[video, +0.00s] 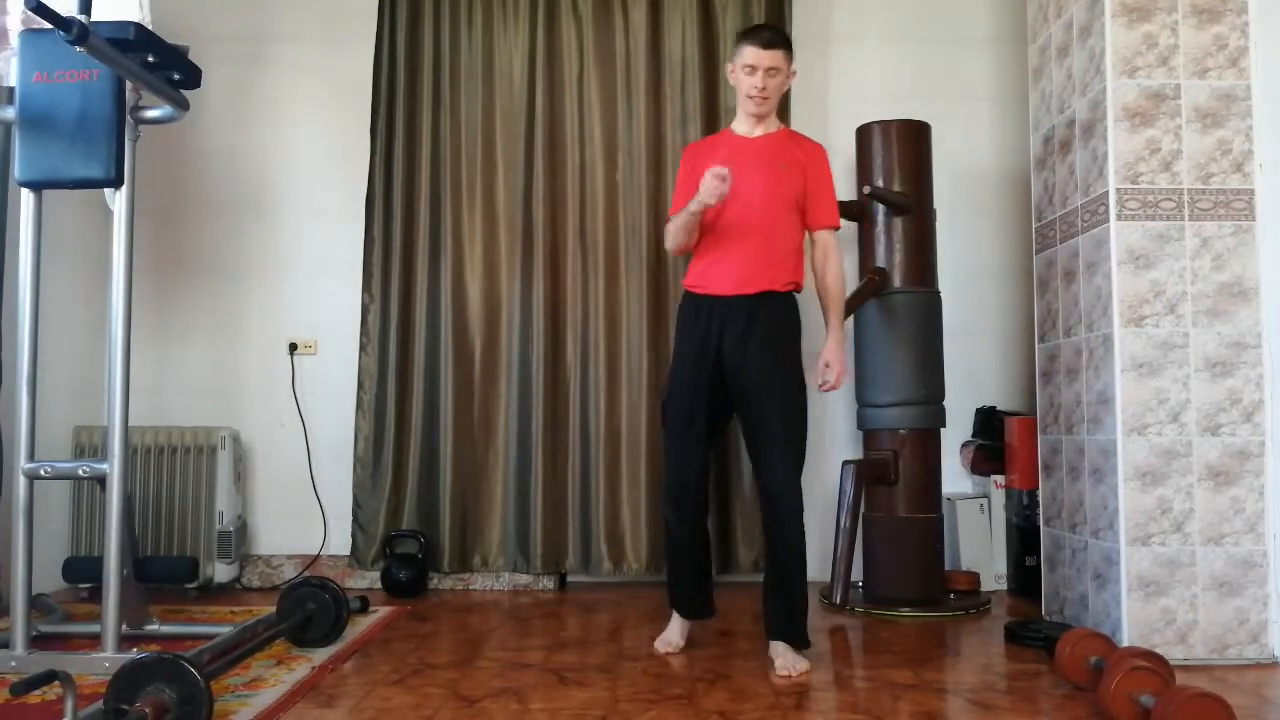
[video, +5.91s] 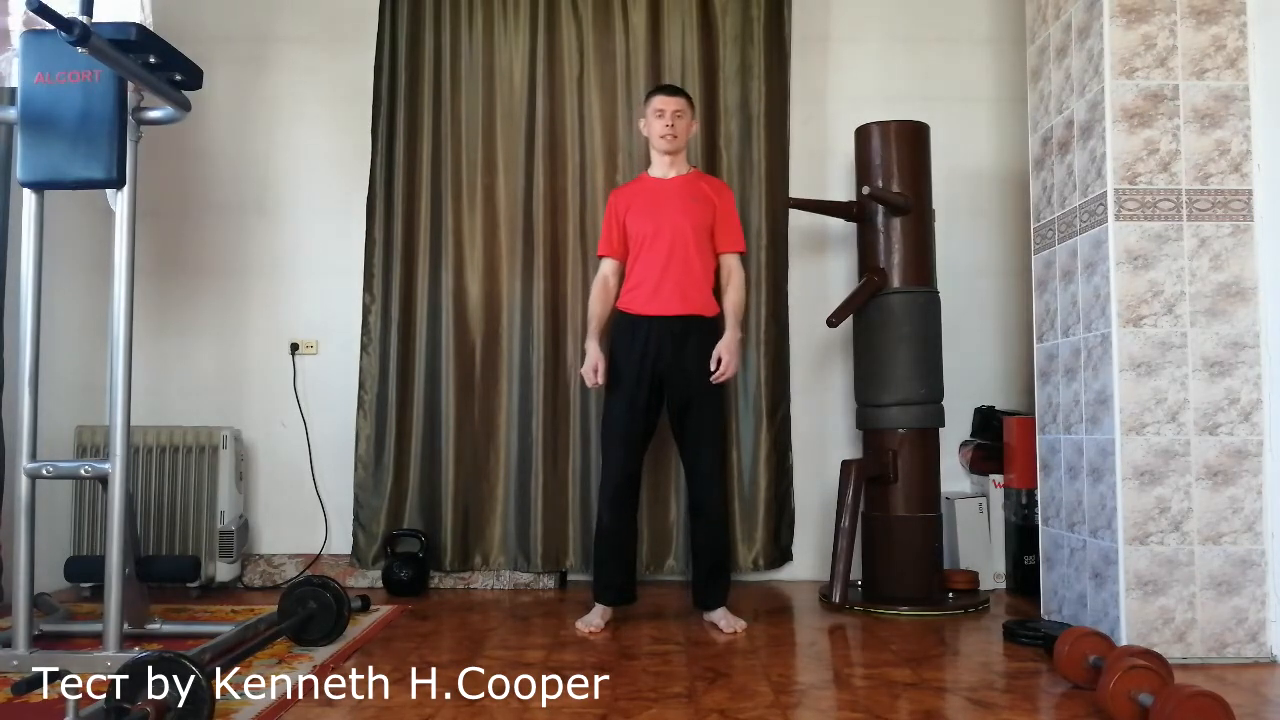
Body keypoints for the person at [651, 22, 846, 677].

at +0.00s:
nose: (760, 82)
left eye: (772, 72)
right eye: (750, 70)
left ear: (788, 79)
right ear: (731, 74)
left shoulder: (806, 155)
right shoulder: (700, 153)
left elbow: (826, 250)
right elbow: (674, 245)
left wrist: (835, 334)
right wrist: (700, 206)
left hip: (769, 323)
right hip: (700, 323)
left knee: (780, 482)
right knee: (683, 473)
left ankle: (785, 635)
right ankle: (685, 608)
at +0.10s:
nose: (748, 83)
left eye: (761, 72)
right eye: (737, 71)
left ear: (777, 80)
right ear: (720, 76)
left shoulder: (797, 155)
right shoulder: (691, 157)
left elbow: (817, 246)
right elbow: (667, 236)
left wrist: (822, 329)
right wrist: (676, 246)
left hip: (762, 323)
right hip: (694, 323)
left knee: (775, 481)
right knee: (681, 474)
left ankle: (784, 634)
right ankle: (685, 609)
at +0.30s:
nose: (728, 86)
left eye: (740, 76)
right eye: (718, 74)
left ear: (757, 86)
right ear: (700, 82)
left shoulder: (778, 157)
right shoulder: (675, 166)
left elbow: (797, 244)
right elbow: (656, 255)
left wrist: (792, 314)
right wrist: (637, 334)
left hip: (752, 324)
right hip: (680, 326)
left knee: (767, 482)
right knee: (674, 479)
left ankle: (782, 633)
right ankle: (681, 614)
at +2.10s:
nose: (666, 122)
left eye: (676, 114)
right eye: (657, 115)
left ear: (693, 128)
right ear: (642, 129)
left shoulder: (714, 193)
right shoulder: (622, 199)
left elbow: (731, 273)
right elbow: (602, 269)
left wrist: (728, 338)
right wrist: (584, 293)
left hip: (697, 339)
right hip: (634, 338)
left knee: (707, 474)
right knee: (618, 471)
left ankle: (713, 602)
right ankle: (608, 598)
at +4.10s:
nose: (667, 123)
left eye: (678, 115)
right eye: (658, 115)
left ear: (693, 128)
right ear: (643, 127)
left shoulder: (715, 192)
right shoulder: (623, 197)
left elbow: (734, 267)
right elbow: (605, 271)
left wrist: (730, 320)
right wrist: (590, 328)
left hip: (697, 338)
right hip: (632, 338)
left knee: (708, 473)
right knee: (619, 471)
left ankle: (713, 602)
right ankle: (609, 598)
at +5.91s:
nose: (669, 122)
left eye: (679, 115)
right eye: (659, 114)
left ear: (693, 127)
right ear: (643, 127)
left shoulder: (714, 192)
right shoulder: (623, 198)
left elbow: (732, 271)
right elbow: (608, 275)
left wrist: (731, 333)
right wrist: (594, 339)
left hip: (697, 339)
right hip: (633, 339)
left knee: (707, 475)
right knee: (618, 473)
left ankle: (712, 602)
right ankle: (608, 599)